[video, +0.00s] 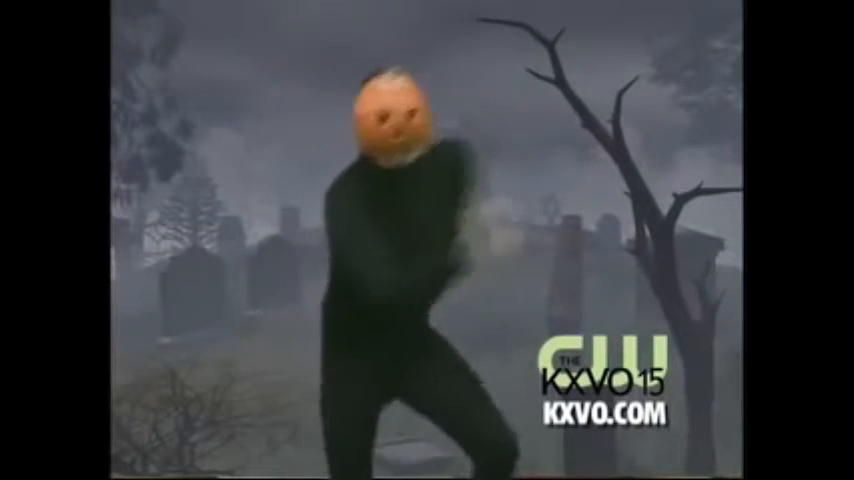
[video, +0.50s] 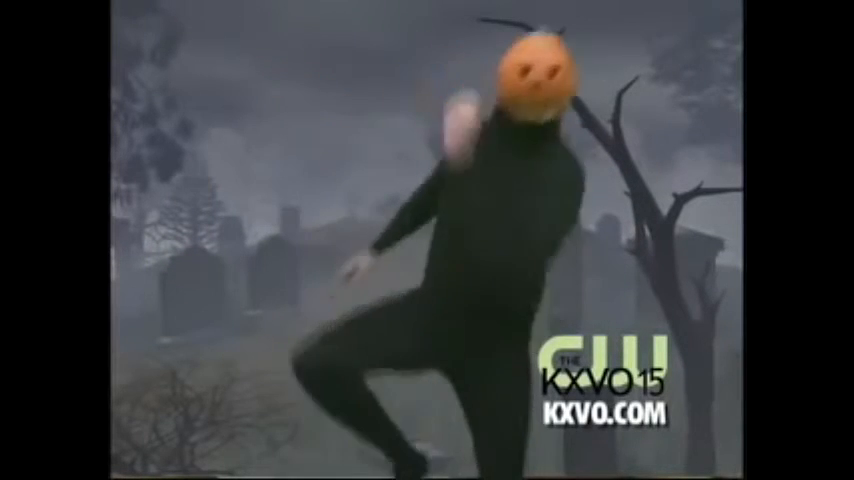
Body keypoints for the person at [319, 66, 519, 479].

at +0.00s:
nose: (398, 128)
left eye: (411, 114)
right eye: (382, 117)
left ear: (428, 119)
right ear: (361, 128)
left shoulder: (449, 164)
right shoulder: (348, 194)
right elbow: (384, 294)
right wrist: (458, 258)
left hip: (414, 347)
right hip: (352, 358)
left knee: (497, 449)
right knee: (350, 472)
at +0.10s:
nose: (424, 90)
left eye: (437, 78)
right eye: (409, 79)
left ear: (454, 85)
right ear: (387, 91)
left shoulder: (475, 141)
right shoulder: (371, 161)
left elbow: (520, 156)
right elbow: (395, 271)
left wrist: (505, 221)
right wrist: (443, 367)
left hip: (449, 329)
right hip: (377, 335)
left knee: (485, 463)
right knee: (355, 465)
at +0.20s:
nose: (455, 94)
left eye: (469, 82)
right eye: (440, 84)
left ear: (488, 92)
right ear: (419, 94)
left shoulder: (514, 162)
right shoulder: (398, 174)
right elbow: (382, 290)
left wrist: (534, 274)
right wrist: (381, 394)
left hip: (474, 348)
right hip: (400, 350)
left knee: (495, 469)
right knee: (364, 468)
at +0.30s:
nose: (487, 124)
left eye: (502, 113)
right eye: (473, 113)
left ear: (521, 124)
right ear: (452, 122)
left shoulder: (540, 202)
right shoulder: (421, 198)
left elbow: (591, 299)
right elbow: (376, 283)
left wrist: (524, 341)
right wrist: (335, 371)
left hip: (498, 373)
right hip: (417, 367)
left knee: (511, 472)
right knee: (359, 470)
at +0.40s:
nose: (512, 124)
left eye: (527, 113)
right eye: (498, 113)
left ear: (546, 125)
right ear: (478, 122)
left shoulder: (554, 208)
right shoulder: (448, 183)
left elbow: (555, 326)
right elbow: (396, 244)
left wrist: (476, 288)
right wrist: (338, 304)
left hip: (500, 366)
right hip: (429, 349)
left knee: (511, 471)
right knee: (341, 434)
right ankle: (409, 472)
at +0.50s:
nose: (527, 110)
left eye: (540, 102)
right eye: (521, 90)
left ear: (560, 106)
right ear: (501, 94)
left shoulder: (563, 174)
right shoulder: (481, 138)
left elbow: (511, 256)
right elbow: (435, 194)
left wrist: (463, 166)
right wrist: (375, 251)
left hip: (498, 342)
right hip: (432, 314)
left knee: (503, 472)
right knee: (317, 364)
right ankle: (407, 461)